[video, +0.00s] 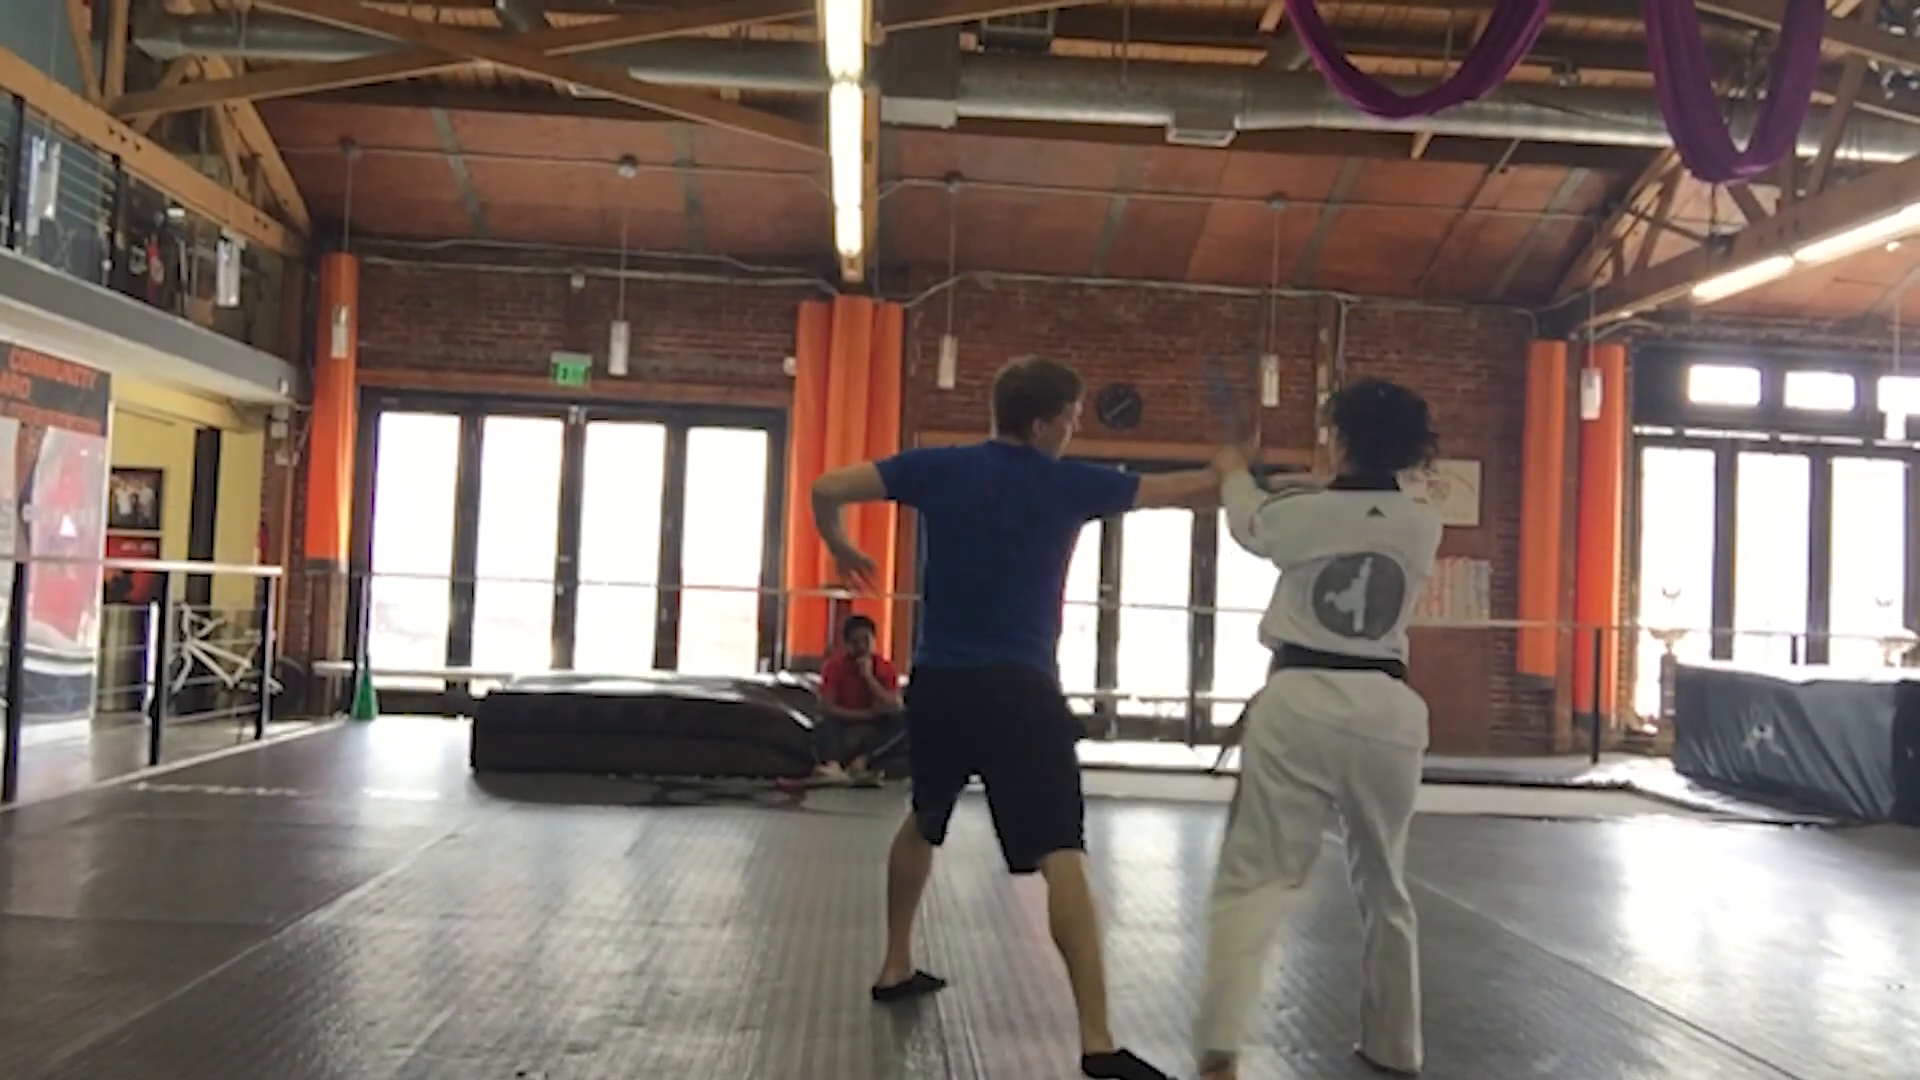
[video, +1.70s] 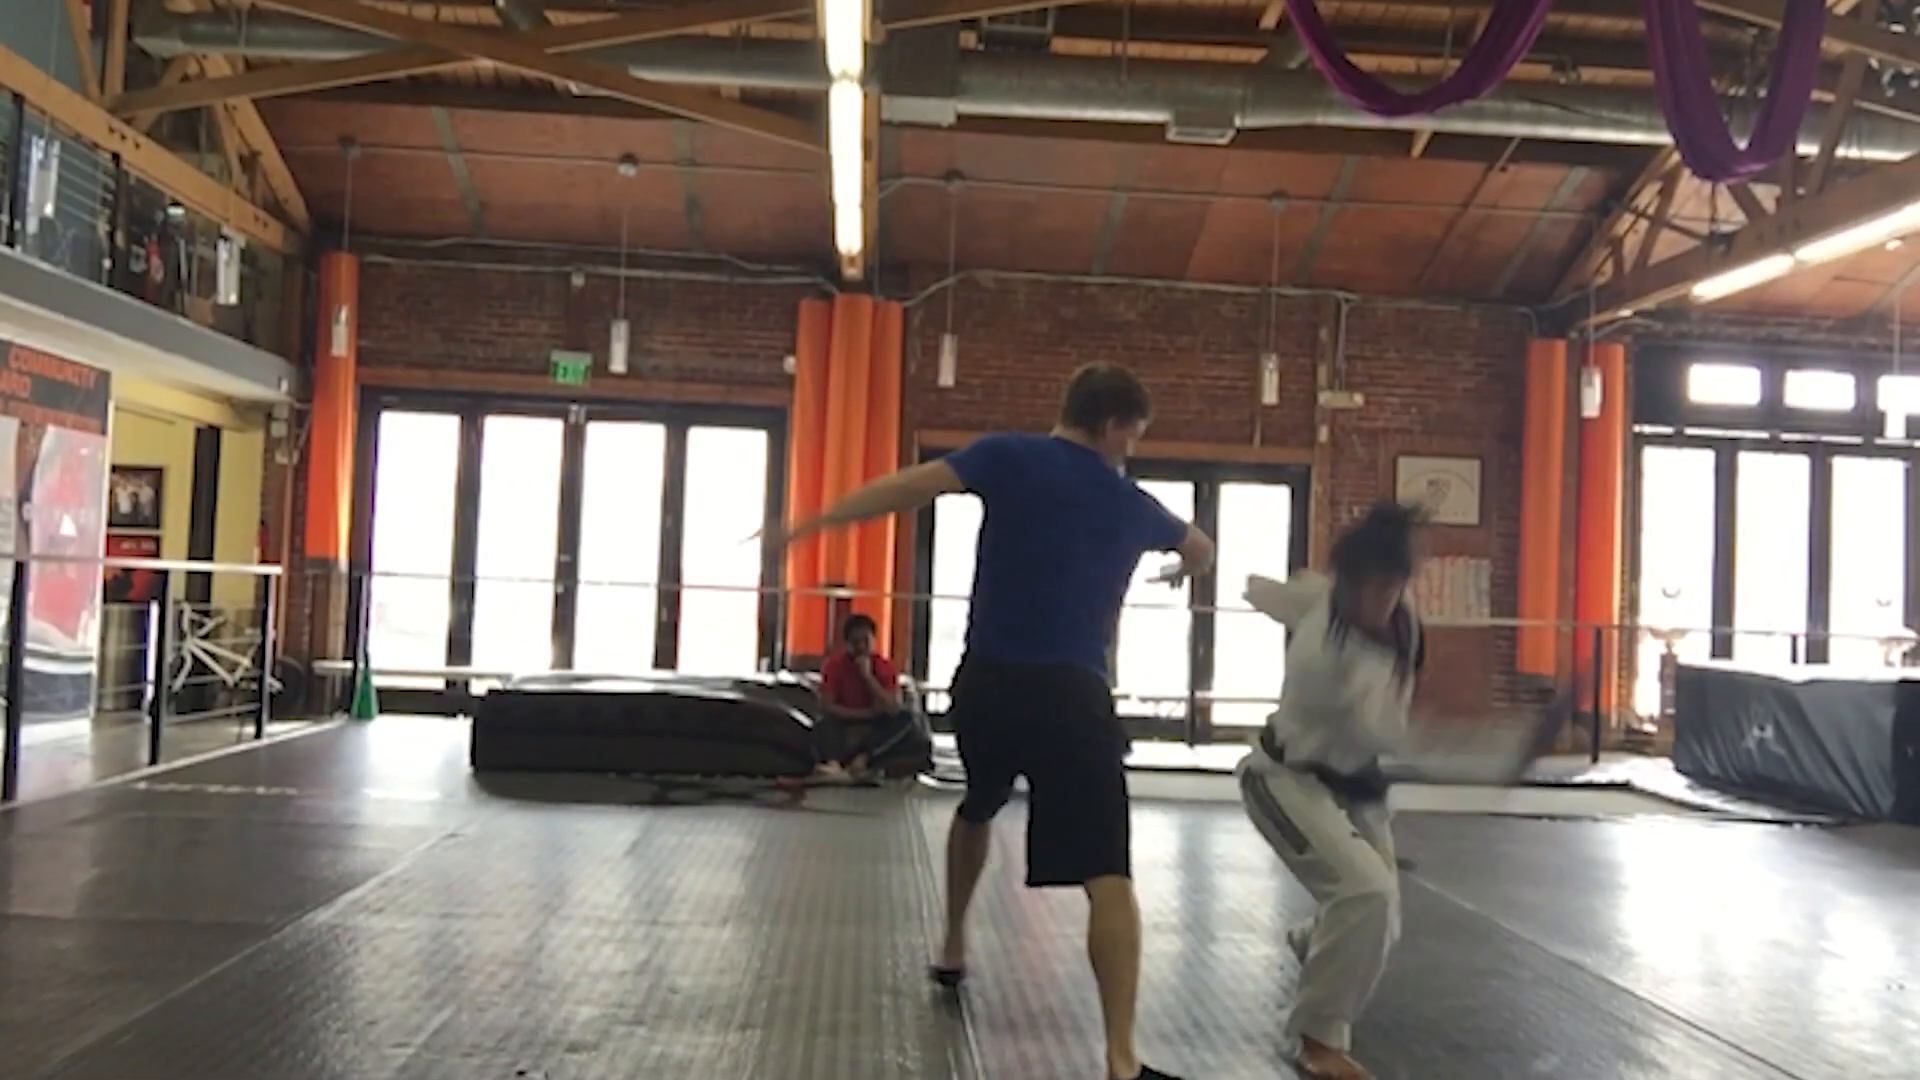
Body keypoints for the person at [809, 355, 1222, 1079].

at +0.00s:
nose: (1073, 430)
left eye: (1074, 420)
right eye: (1071, 419)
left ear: (998, 415)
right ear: (1052, 421)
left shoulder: (941, 467)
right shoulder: (1067, 483)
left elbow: (829, 487)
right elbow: (1178, 488)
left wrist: (839, 549)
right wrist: (1241, 468)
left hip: (937, 686)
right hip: (1023, 692)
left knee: (922, 819)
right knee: (1064, 859)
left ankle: (894, 967)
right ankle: (1098, 1045)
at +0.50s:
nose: (1127, 470)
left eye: (1129, 458)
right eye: (1124, 455)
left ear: (1054, 441)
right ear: (1087, 443)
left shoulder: (970, 470)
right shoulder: (1093, 501)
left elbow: (874, 511)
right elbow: (1193, 560)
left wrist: (814, 589)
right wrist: (1247, 571)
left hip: (943, 694)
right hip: (1021, 698)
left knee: (950, 825)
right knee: (1101, 872)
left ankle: (899, 972)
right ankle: (1090, 1061)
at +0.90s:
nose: (1144, 446)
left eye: (1145, 433)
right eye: (1142, 433)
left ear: (1073, 421)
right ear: (1120, 436)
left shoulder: (1005, 450)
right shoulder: (1115, 502)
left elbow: (892, 442)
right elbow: (1205, 559)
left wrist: (883, 496)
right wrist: (1260, 571)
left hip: (942, 682)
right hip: (1027, 694)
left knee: (930, 818)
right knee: (1080, 871)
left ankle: (897, 970)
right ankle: (1095, 1049)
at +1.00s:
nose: (1141, 413)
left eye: (1139, 403)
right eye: (1138, 405)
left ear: (1064, 406)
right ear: (1125, 415)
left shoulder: (1020, 449)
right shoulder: (1135, 492)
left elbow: (929, 416)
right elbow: (1215, 562)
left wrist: (857, 392)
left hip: (951, 662)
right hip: (1035, 681)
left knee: (925, 807)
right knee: (1082, 864)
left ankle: (900, 962)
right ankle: (1119, 1037)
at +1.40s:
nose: (1153, 476)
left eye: (1159, 465)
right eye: (1154, 462)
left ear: (1099, 433)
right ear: (1125, 440)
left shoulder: (1017, 455)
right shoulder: (1124, 510)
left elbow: (918, 451)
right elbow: (1201, 596)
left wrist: (887, 468)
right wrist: (1266, 641)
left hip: (968, 690)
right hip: (1054, 706)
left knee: (944, 817)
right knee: (1108, 875)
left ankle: (901, 969)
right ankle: (1107, 1058)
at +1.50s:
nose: (1146, 481)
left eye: (1153, 470)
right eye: (1150, 466)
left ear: (1094, 430)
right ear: (1126, 440)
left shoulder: (1014, 457)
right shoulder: (1122, 506)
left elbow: (908, 500)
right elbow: (1204, 614)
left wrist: (903, 568)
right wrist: (1202, 660)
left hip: (971, 688)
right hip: (1056, 702)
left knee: (952, 818)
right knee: (1111, 872)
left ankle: (906, 969)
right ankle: (1113, 1060)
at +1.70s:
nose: (1134, 446)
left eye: (1137, 435)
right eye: (1136, 434)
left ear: (1066, 415)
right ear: (1118, 428)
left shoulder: (1007, 455)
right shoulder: (1128, 501)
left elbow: (903, 488)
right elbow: (1203, 547)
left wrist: (803, 523)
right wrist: (1194, 571)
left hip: (986, 686)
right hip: (1074, 698)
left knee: (977, 804)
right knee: (1108, 879)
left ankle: (951, 951)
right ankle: (1123, 1062)